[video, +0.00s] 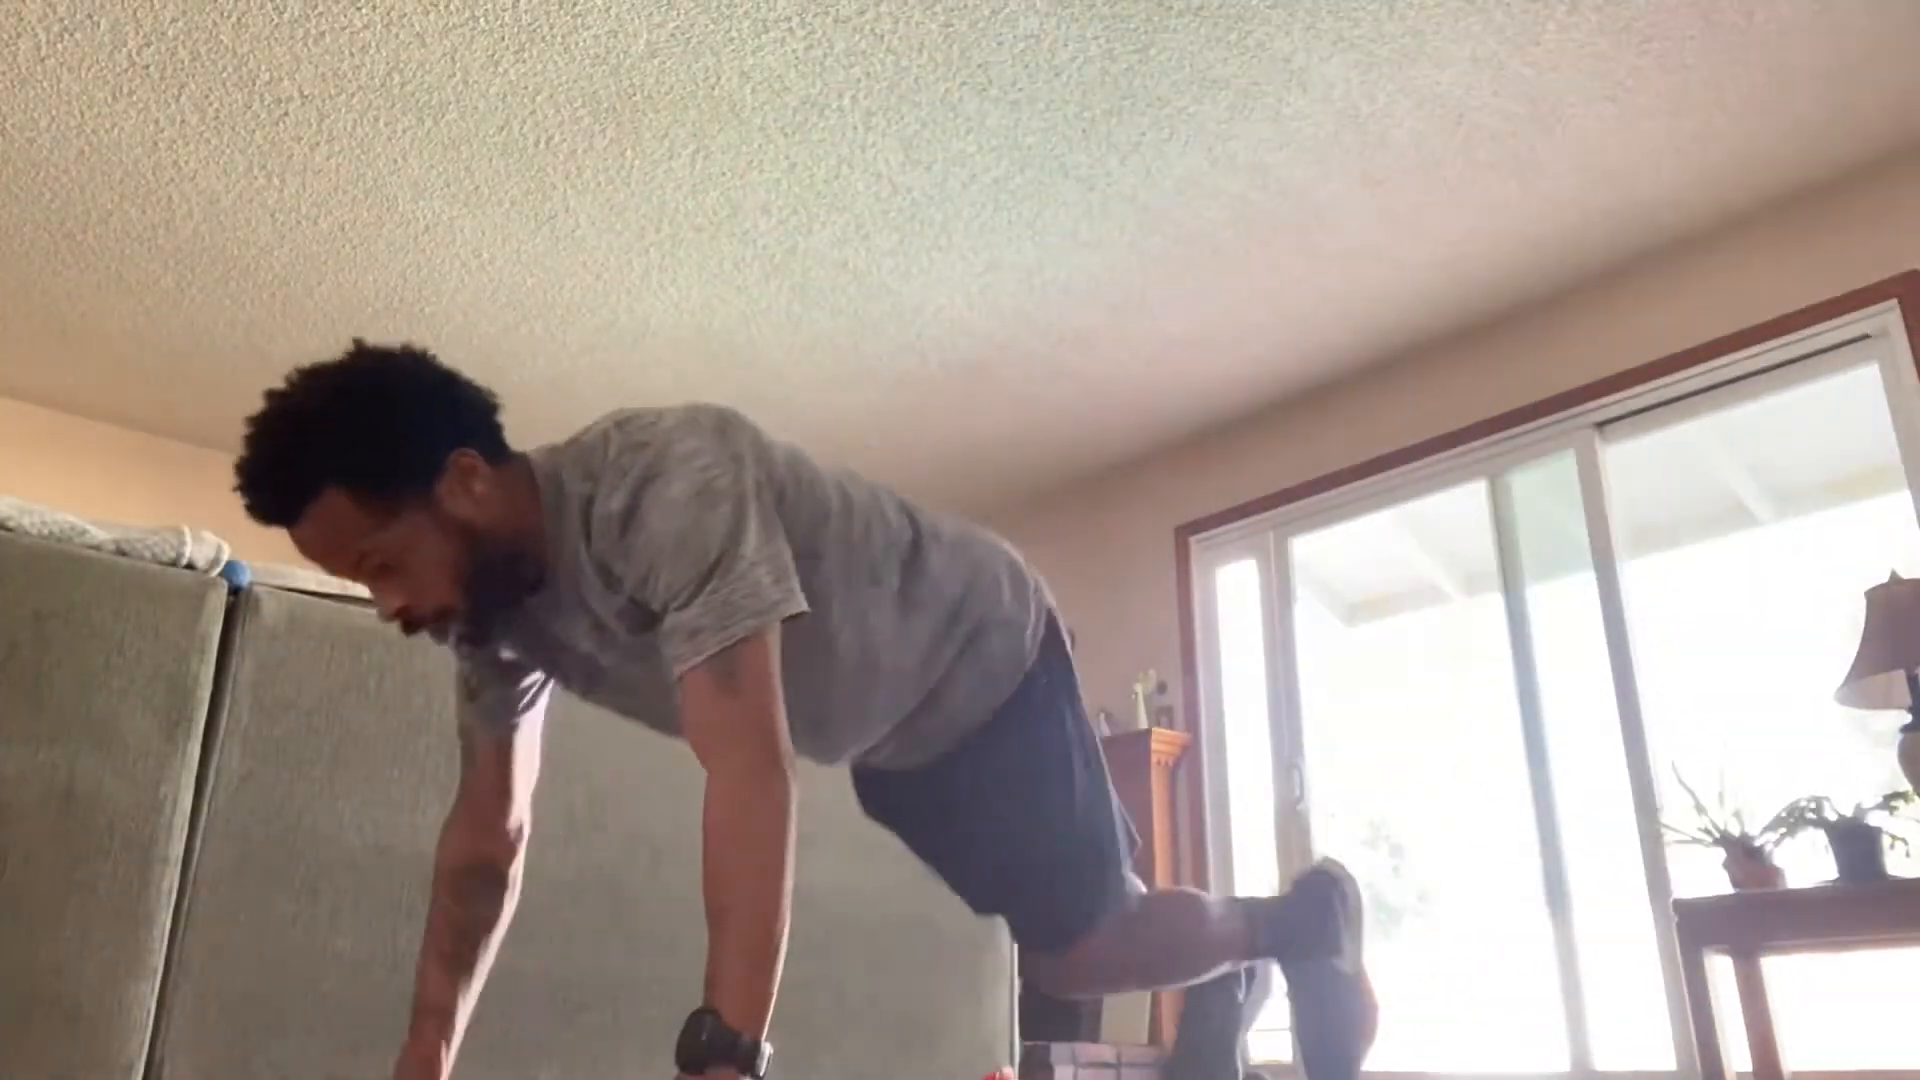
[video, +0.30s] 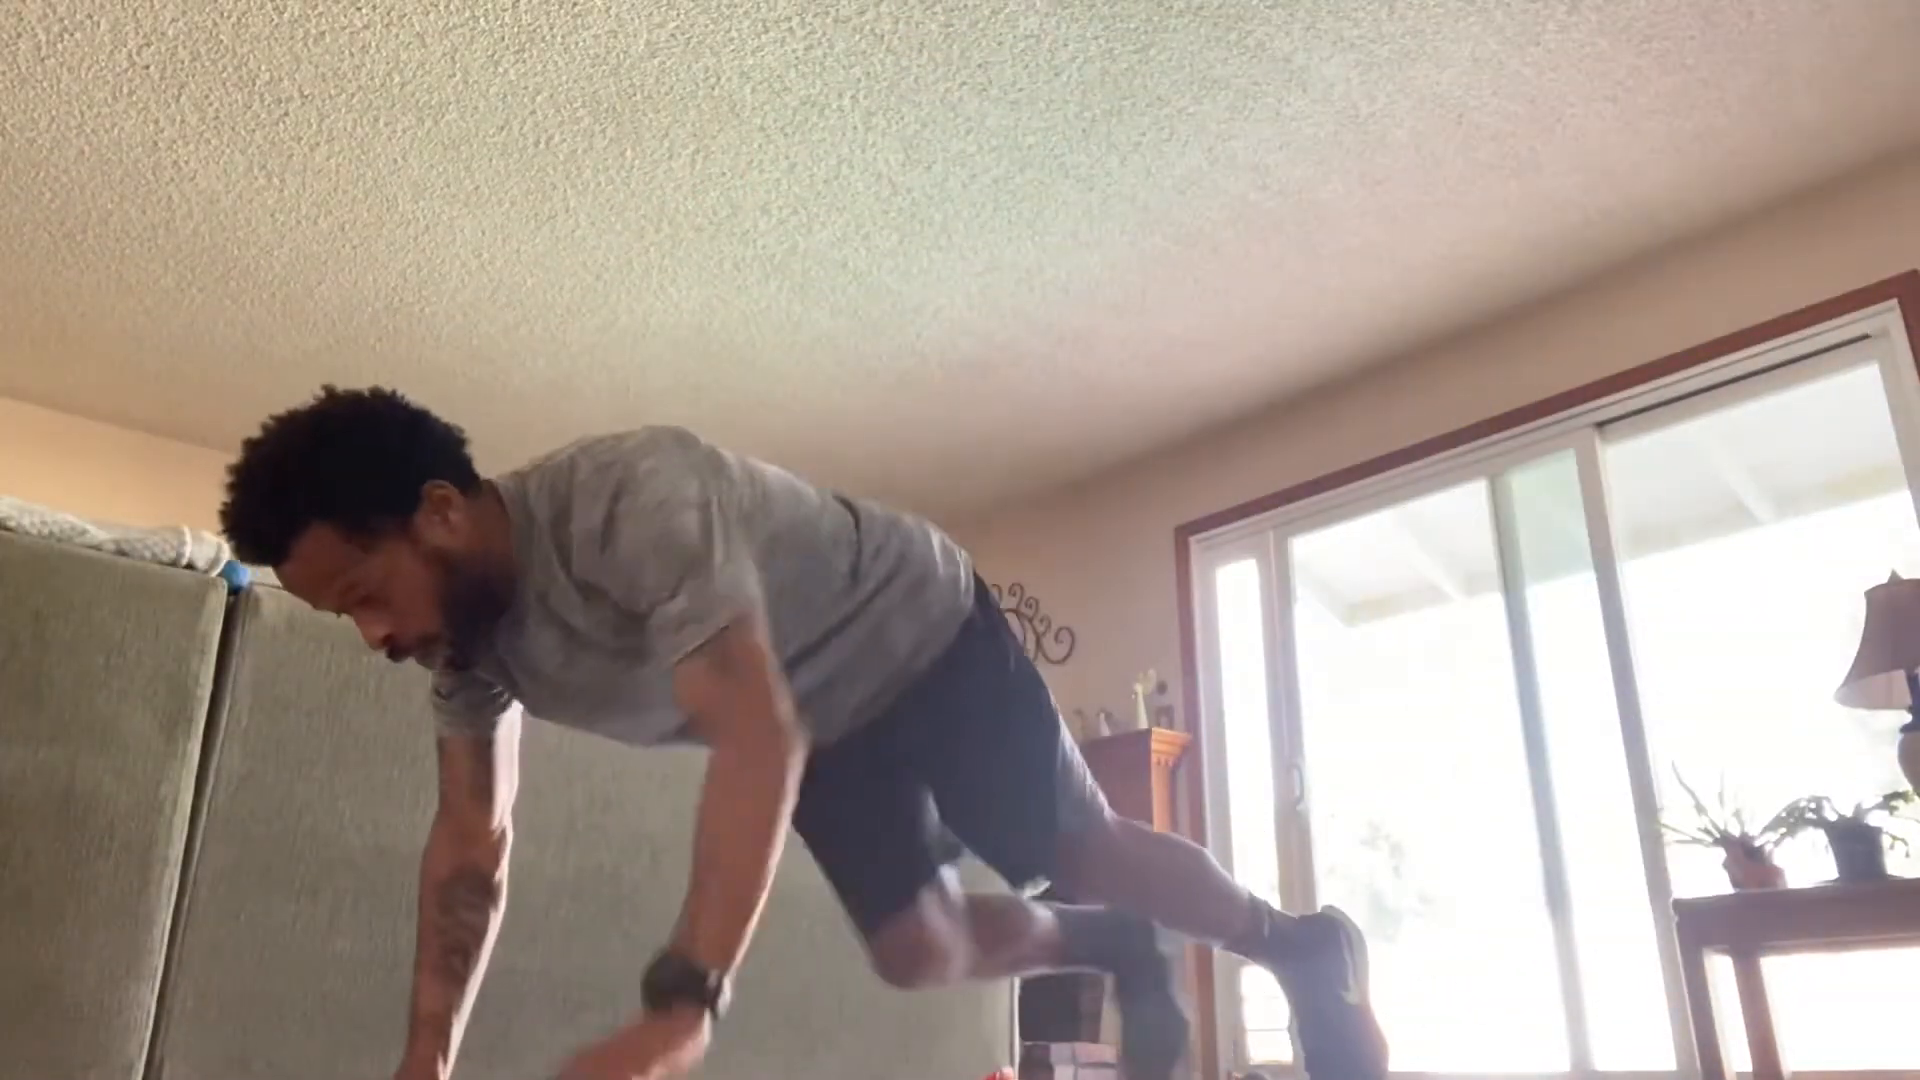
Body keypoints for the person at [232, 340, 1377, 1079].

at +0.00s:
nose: (381, 606)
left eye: (376, 566)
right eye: (354, 583)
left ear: (461, 486)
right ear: (444, 503)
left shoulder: (671, 479)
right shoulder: (488, 613)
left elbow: (751, 764)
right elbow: (482, 850)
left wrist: (729, 1042)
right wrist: (425, 1061)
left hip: (981, 654)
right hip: (874, 735)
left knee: (1086, 947)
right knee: (1036, 915)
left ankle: (1302, 923)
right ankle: (1212, 970)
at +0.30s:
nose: (360, 631)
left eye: (355, 593)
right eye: (334, 612)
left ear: (431, 512)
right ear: (359, 579)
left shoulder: (637, 504)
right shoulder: (460, 634)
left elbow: (760, 742)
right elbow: (469, 857)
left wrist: (687, 1000)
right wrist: (425, 1062)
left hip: (927, 630)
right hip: (810, 725)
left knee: (1077, 852)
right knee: (923, 949)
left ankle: (1299, 945)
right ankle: (1112, 947)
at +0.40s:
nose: (382, 629)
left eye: (380, 591)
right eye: (357, 611)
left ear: (452, 510)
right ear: (368, 587)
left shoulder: (637, 496)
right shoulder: (467, 634)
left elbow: (847, 670)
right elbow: (470, 858)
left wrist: (735, 892)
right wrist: (426, 1063)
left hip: (924, 594)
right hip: (788, 678)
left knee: (1069, 831)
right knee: (812, 913)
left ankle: (1296, 946)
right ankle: (1030, 897)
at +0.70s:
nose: (347, 621)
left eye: (346, 579)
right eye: (321, 601)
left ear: (425, 501)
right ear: (391, 536)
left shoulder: (624, 515)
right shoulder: (443, 629)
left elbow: (729, 736)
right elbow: (467, 854)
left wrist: (684, 1008)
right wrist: (426, 1061)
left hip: (921, 639)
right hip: (809, 735)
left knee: (1088, 846)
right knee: (965, 926)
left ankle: (1296, 949)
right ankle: (1124, 929)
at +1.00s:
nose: (366, 614)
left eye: (361, 573)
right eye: (338, 594)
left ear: (441, 488)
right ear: (419, 517)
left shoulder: (642, 491)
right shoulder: (485, 630)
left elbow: (714, 768)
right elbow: (488, 859)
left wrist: (701, 1040)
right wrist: (431, 1057)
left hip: (952, 655)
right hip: (850, 736)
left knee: (1056, 959)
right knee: (1007, 930)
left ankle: (1280, 937)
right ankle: (1168, 1003)